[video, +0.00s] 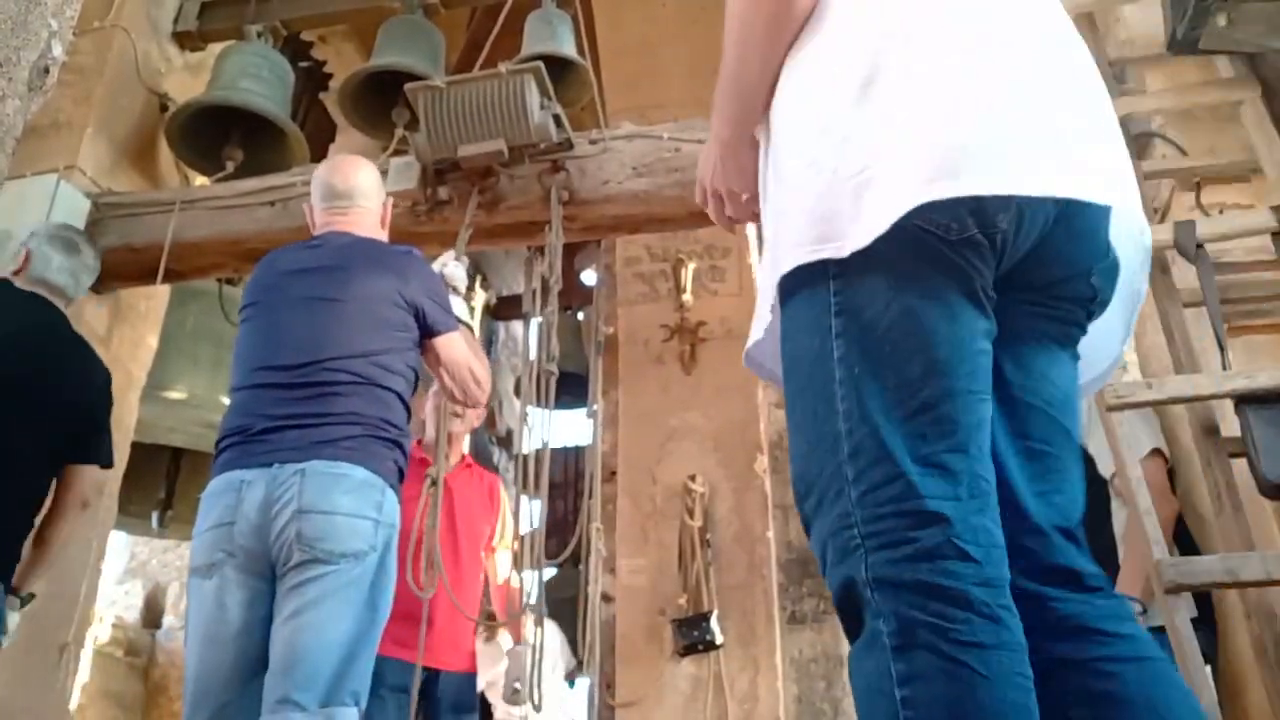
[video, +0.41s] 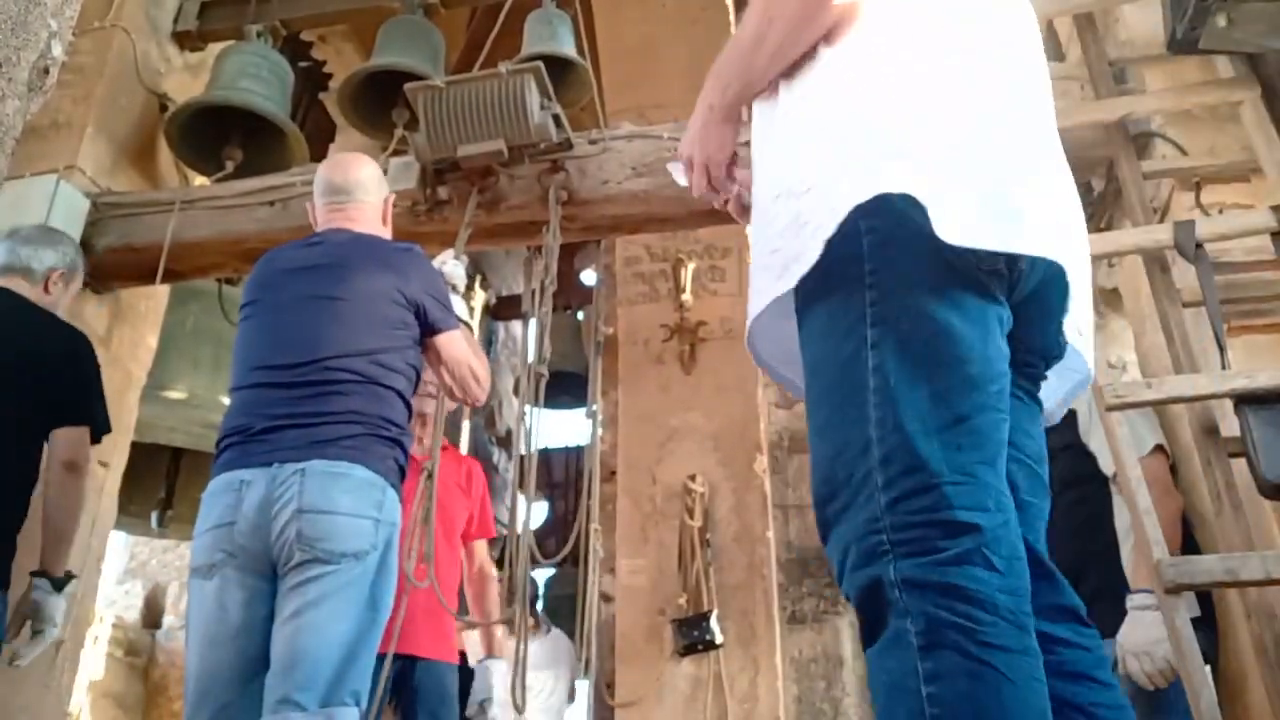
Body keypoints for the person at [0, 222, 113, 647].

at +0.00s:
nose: (8, 263)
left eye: (13, 256)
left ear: (22, 260)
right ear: (81, 294)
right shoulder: (87, 371)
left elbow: (78, 495)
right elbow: (77, 497)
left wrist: (19, 590)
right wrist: (19, 590)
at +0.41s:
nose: (70, 307)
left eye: (74, 296)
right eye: (73, 294)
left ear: (4, 266)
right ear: (53, 281)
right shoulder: (60, 343)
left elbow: (69, 462)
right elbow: (69, 461)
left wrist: (48, 579)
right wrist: (50, 580)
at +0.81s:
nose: (115, 294)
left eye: (119, 283)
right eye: (107, 274)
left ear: (55, 268)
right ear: (59, 264)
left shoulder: (12, 311)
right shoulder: (50, 320)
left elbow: (27, 425)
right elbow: (30, 422)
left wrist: (67, 548)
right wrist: (69, 549)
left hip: (9, 567)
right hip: (8, 569)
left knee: (11, 701)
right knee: (7, 703)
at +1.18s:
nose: (161, 298)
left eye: (165, 290)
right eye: (152, 280)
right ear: (103, 272)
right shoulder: (69, 314)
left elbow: (35, 470)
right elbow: (36, 399)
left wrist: (100, 546)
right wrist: (119, 504)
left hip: (28, 564)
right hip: (17, 562)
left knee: (7, 702)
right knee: (3, 702)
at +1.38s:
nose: (175, 299)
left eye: (179, 292)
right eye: (164, 280)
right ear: (115, 274)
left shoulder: (100, 360)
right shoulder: (67, 314)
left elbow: (67, 487)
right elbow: (10, 392)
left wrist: (92, 577)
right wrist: (60, 508)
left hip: (24, 573)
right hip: (8, 567)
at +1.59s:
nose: (148, 286)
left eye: (153, 279)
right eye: (137, 267)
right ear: (86, 267)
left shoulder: (85, 367)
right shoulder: (30, 315)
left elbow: (56, 491)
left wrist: (96, 578)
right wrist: (9, 461)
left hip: (22, 577)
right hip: (6, 569)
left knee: (2, 701)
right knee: (1, 700)